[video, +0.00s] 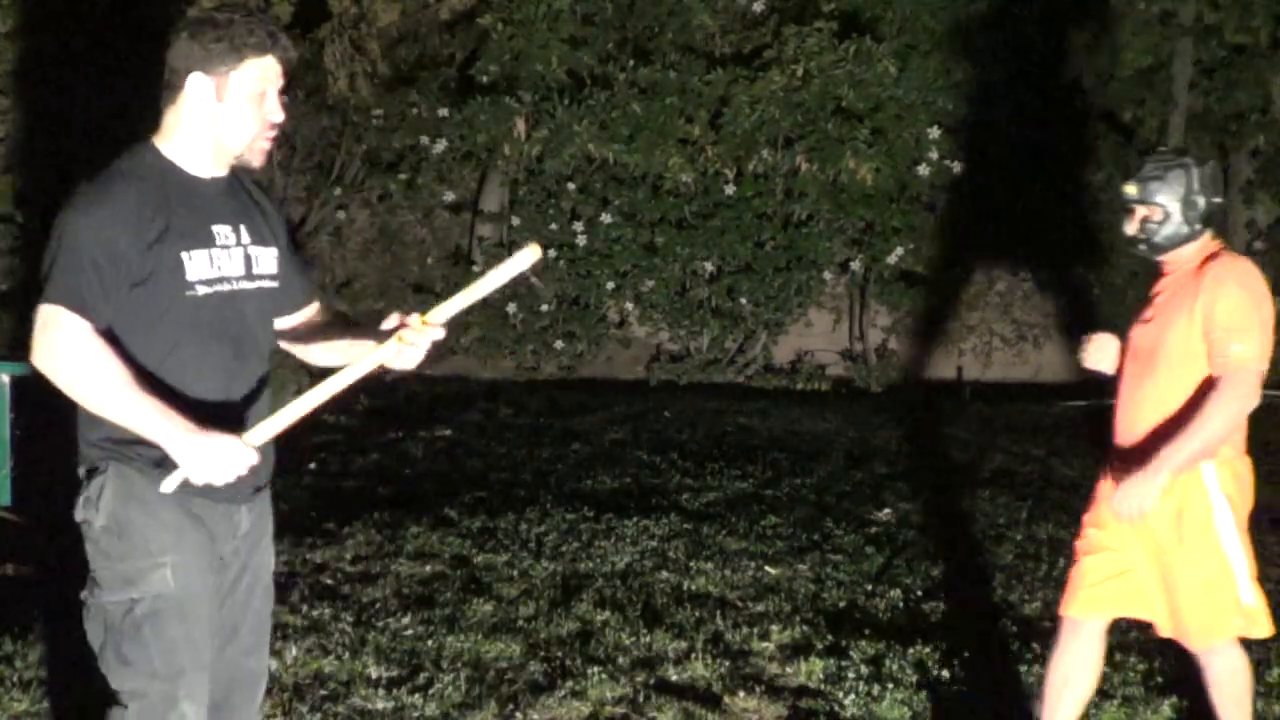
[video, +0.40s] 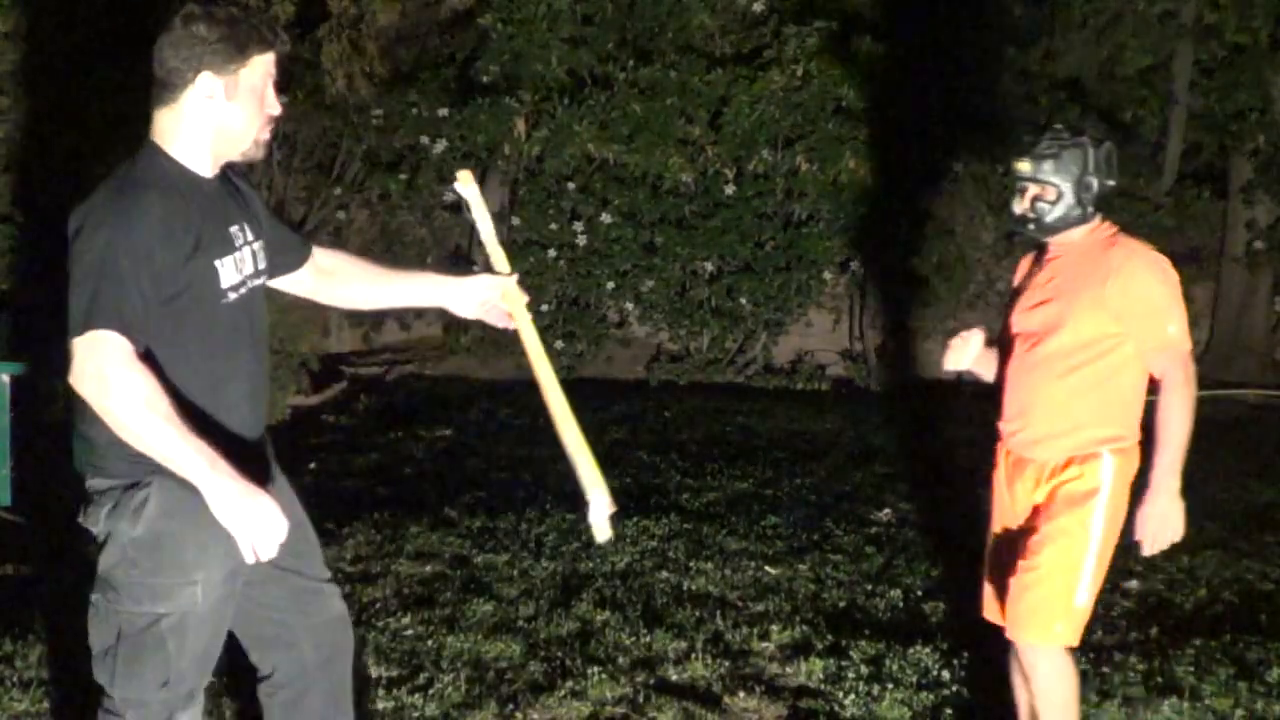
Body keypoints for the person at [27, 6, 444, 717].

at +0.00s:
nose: (281, 116)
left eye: (281, 95)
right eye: (267, 93)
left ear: (221, 95)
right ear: (206, 91)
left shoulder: (254, 209)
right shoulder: (114, 206)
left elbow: (304, 329)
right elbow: (57, 342)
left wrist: (377, 347)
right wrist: (183, 437)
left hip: (246, 493)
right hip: (146, 496)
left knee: (235, 706)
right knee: (165, 705)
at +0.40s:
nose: (279, 108)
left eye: (277, 87)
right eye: (269, 86)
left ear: (220, 91)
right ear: (215, 89)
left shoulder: (230, 201)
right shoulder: (123, 214)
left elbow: (315, 272)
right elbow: (96, 365)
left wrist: (454, 292)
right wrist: (221, 482)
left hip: (250, 484)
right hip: (160, 499)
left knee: (313, 648)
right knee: (152, 704)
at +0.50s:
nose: (294, 111)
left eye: (292, 89)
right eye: (282, 88)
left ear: (231, 95)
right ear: (225, 93)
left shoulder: (249, 204)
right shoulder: (140, 215)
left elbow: (334, 268)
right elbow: (103, 361)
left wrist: (475, 276)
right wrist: (214, 489)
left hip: (266, 495)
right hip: (173, 508)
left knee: (324, 670)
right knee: (162, 703)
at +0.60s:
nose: (318, 117)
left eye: (316, 97)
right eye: (307, 96)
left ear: (255, 101)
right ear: (252, 100)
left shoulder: (275, 210)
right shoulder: (168, 214)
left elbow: (359, 267)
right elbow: (119, 358)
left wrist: (493, 266)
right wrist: (216, 496)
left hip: (292, 517)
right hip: (199, 524)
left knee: (338, 701)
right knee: (170, 708)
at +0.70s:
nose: (346, 123)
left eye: (345, 104)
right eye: (337, 102)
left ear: (285, 107)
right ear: (283, 105)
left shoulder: (300, 216)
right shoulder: (201, 218)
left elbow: (384, 272)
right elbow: (149, 357)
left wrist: (518, 265)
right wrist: (226, 498)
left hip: (317, 523)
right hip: (228, 530)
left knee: (343, 695)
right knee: (193, 707)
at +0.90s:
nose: (409, 130)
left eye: (408, 111)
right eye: (400, 109)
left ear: (349, 110)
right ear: (347, 109)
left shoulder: (359, 210)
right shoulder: (261, 213)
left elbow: (434, 278)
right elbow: (215, 345)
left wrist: (563, 272)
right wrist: (278, 482)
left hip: (359, 504)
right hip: (280, 504)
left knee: (369, 678)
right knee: (253, 693)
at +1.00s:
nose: (428, 129)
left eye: (427, 112)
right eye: (419, 110)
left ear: (372, 112)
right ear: (366, 109)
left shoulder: (379, 213)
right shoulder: (282, 206)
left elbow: (456, 277)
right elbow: (234, 337)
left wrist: (576, 271)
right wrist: (309, 466)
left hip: (367, 491)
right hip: (289, 487)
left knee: (373, 674)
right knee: (284, 679)